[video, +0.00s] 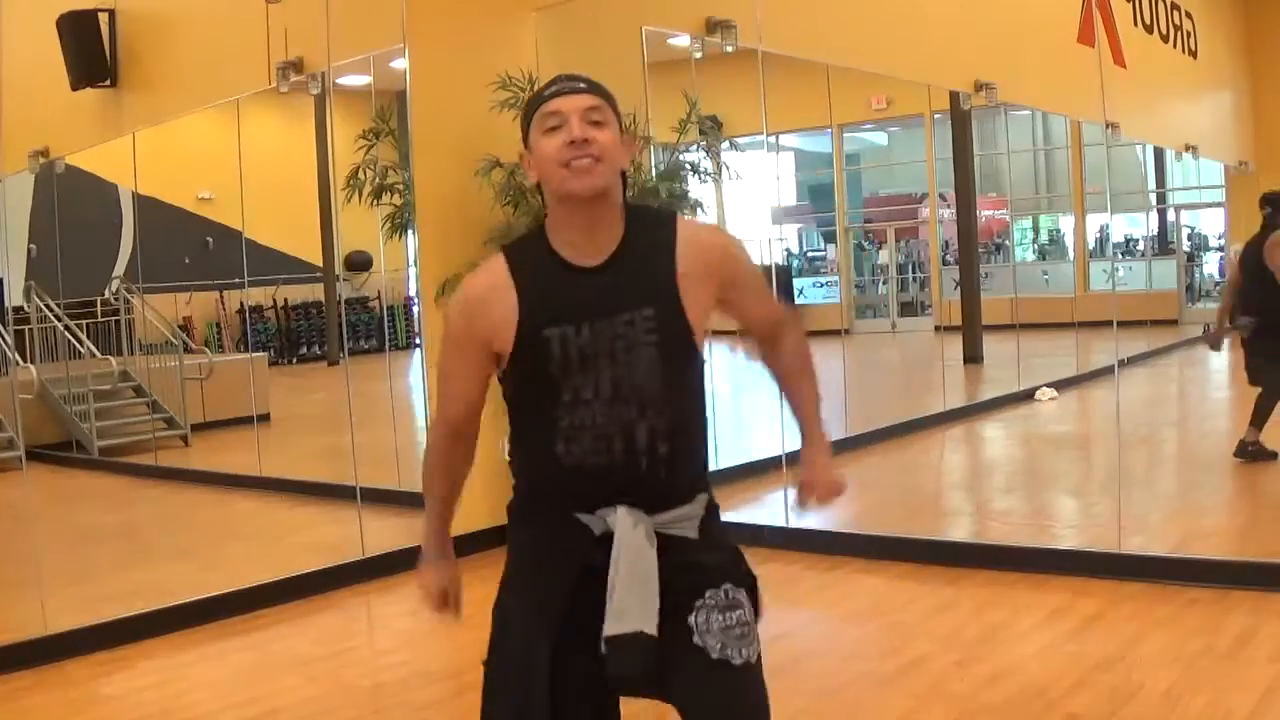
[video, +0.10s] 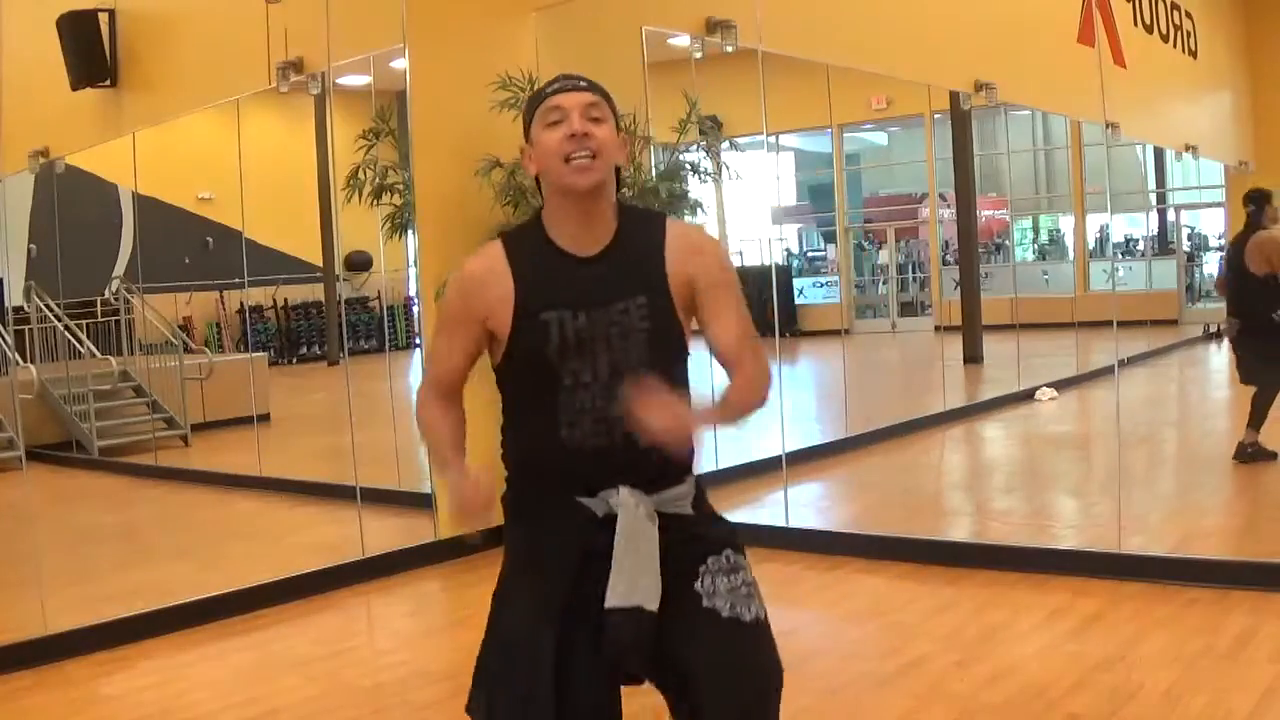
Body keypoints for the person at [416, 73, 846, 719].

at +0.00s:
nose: (578, 134)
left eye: (596, 121)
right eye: (554, 127)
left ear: (628, 151)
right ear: (530, 164)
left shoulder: (702, 253)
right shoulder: (488, 294)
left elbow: (778, 332)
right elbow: (452, 429)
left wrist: (815, 444)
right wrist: (436, 543)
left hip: (686, 550)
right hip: (556, 560)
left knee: (737, 708)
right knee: (535, 708)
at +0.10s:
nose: (579, 130)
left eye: (594, 118)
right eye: (556, 122)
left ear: (621, 147)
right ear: (531, 158)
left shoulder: (686, 249)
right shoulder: (488, 275)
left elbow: (753, 373)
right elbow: (439, 390)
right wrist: (455, 468)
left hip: (676, 524)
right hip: (553, 536)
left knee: (746, 693)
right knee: (532, 704)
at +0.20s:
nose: (587, 87)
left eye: (604, 79)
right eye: (566, 82)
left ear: (628, 113)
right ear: (542, 121)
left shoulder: (680, 206)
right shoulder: (508, 222)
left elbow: (683, 299)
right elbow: (459, 328)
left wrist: (579, 220)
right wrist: (448, 302)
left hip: (659, 470)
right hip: (549, 478)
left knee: (731, 614)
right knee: (555, 685)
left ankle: (695, 712)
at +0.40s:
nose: (599, 88)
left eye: (616, 80)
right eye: (581, 80)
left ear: (640, 111)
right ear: (560, 116)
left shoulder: (684, 195)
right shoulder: (523, 212)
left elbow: (662, 265)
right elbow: (477, 308)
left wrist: (535, 244)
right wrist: (481, 359)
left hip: (655, 451)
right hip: (550, 450)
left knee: (645, 647)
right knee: (524, 642)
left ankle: (637, 715)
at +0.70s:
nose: (602, 133)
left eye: (616, 126)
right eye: (585, 127)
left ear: (638, 154)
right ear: (564, 159)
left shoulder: (691, 248)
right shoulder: (528, 256)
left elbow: (762, 315)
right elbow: (515, 375)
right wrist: (563, 461)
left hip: (659, 470)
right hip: (567, 462)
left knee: (643, 632)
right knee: (544, 595)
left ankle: (635, 714)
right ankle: (538, 684)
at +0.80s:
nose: (618, 125)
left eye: (632, 116)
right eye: (601, 117)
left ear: (653, 139)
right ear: (579, 145)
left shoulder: (701, 224)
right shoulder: (541, 235)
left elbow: (766, 244)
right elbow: (514, 344)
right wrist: (571, 422)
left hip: (655, 453)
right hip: (568, 447)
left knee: (640, 613)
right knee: (576, 573)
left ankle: (631, 710)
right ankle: (608, 652)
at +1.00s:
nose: (640, 140)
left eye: (651, 132)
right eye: (624, 132)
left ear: (669, 153)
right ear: (598, 156)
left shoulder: (708, 237)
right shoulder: (561, 239)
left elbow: (777, 283)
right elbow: (537, 343)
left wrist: (803, 317)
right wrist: (559, 429)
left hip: (667, 443)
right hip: (592, 442)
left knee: (646, 595)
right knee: (623, 573)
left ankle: (632, 714)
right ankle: (704, 644)